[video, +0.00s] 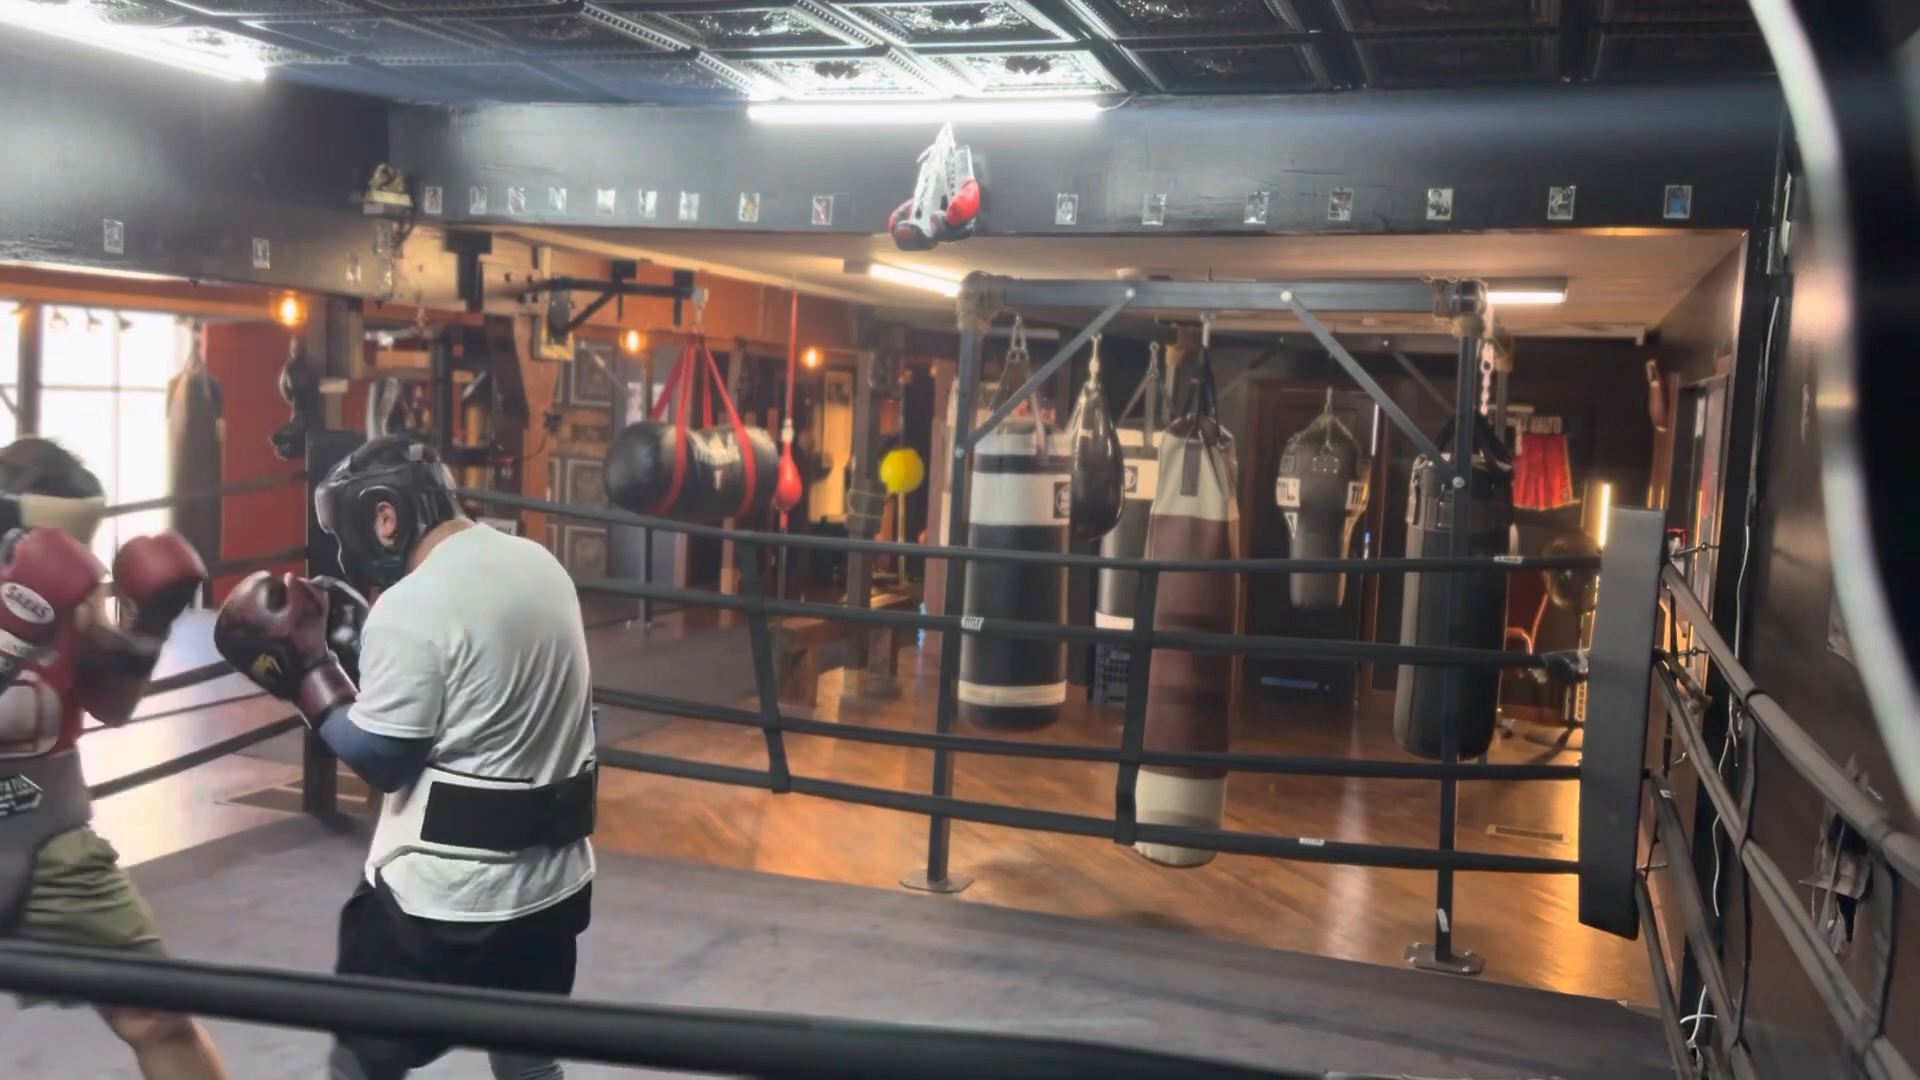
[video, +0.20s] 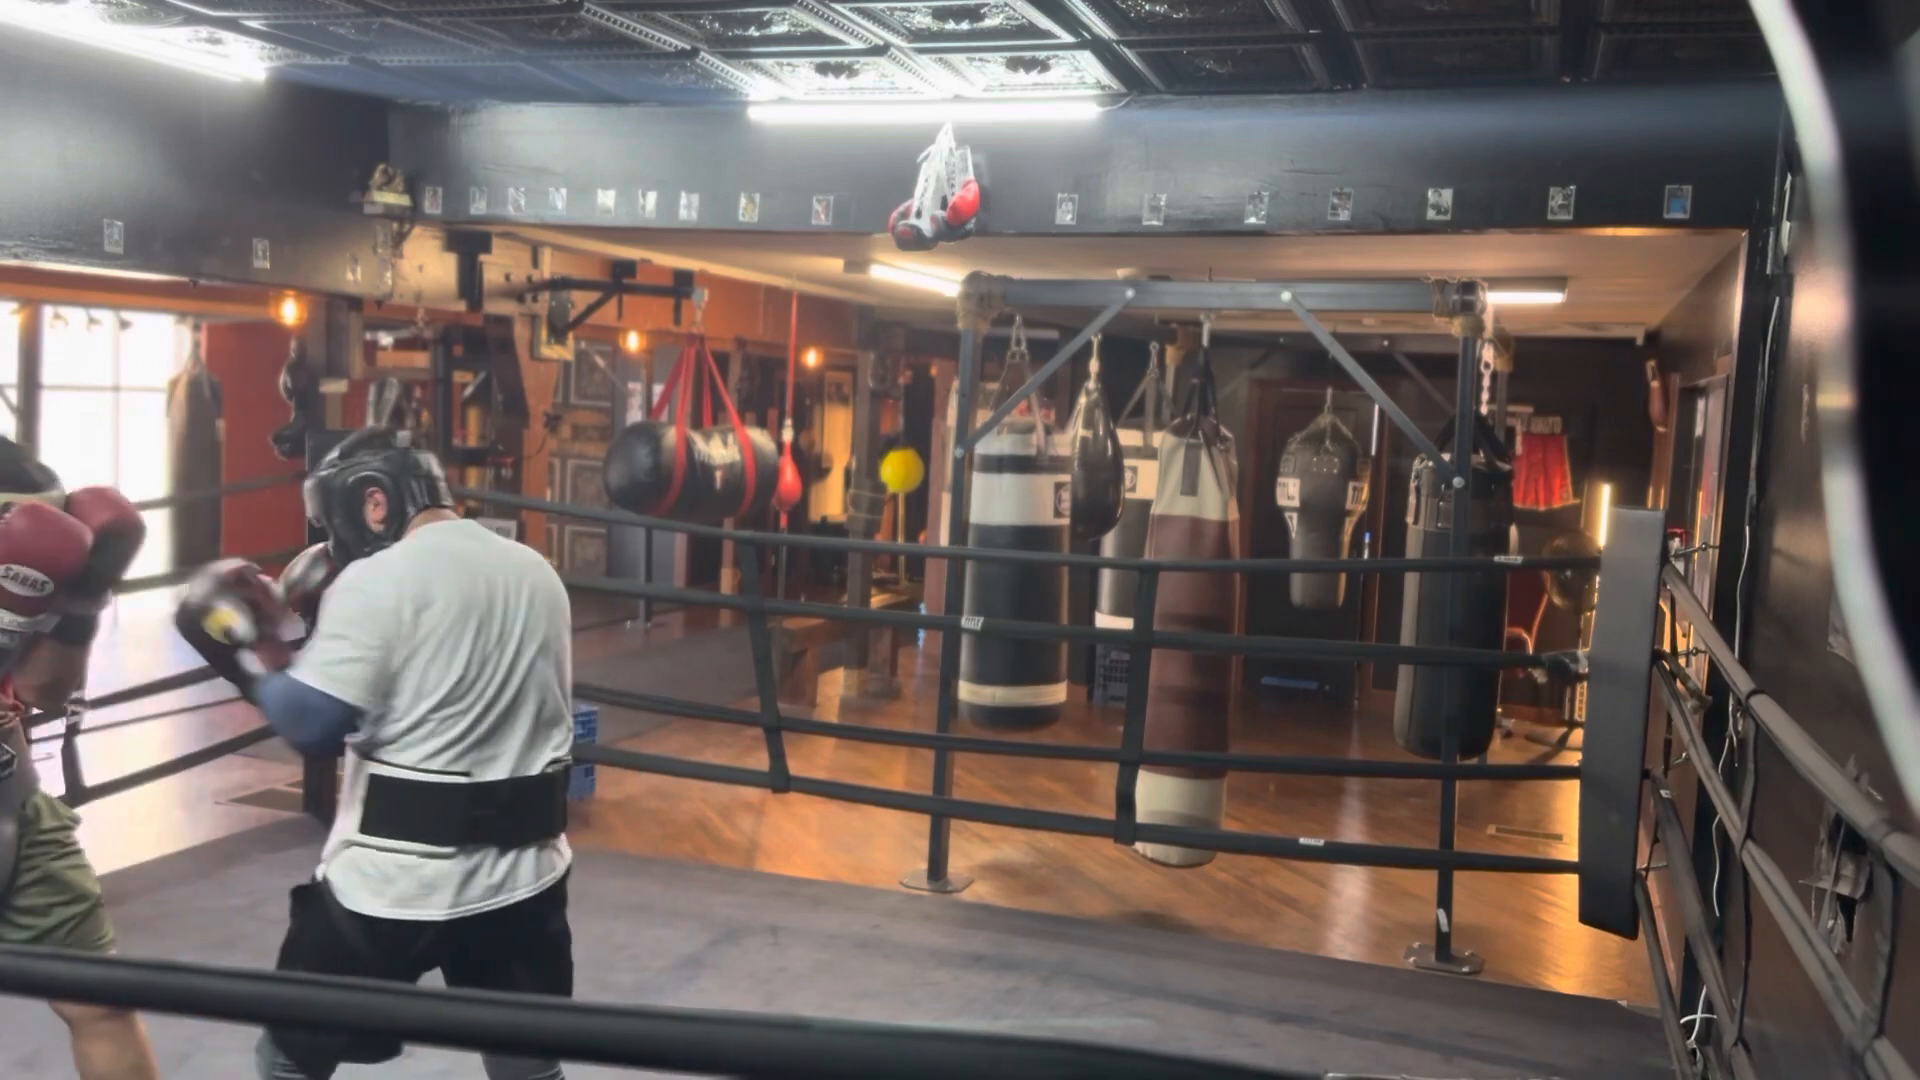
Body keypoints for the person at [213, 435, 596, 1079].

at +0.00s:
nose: (348, 547)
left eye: (348, 528)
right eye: (342, 531)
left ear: (388, 517)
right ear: (443, 501)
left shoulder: (411, 610)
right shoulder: (541, 565)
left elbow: (384, 763)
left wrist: (308, 668)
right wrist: (365, 639)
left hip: (443, 901)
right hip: (553, 890)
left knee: (363, 1060)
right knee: (530, 1062)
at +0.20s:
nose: (337, 540)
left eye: (336, 522)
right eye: (331, 526)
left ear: (377, 503)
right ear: (434, 496)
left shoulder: (374, 583)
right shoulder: (536, 570)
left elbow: (311, 720)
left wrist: (244, 662)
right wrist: (306, 629)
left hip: (394, 885)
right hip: (524, 881)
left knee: (291, 1058)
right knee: (530, 1063)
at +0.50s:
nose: (211, 533)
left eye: (214, 517)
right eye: (211, 517)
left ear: (240, 514)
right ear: (322, 498)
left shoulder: (212, 588)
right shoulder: (419, 567)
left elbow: (128, 702)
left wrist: (109, 618)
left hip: (276, 925)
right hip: (429, 911)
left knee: (212, 1065)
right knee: (467, 1066)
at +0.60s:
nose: (185, 544)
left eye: (185, 526)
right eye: (181, 525)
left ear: (213, 522)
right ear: (297, 503)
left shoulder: (199, 610)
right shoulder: (404, 577)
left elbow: (117, 732)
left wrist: (98, 628)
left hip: (258, 930)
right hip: (412, 916)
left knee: (201, 1069)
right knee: (460, 1068)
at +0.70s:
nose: (169, 540)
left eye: (168, 525)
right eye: (166, 526)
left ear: (192, 516)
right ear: (281, 495)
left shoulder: (173, 598)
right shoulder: (395, 567)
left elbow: (54, 661)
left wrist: (61, 579)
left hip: (243, 923)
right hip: (401, 905)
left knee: (201, 1069)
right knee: (448, 1062)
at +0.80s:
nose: (180, 527)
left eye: (182, 511)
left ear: (200, 505)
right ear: (290, 489)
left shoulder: (163, 583)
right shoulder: (399, 561)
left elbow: (58, 631)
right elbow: (419, 677)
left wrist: (61, 560)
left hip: (242, 916)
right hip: (400, 901)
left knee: (200, 1067)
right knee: (448, 1059)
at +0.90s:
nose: (222, 511)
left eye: (225, 496)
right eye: (223, 498)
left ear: (244, 494)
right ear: (335, 489)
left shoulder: (196, 577)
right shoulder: (431, 568)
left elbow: (103, 654)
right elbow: (453, 708)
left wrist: (28, 607)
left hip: (242, 917)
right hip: (400, 910)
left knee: (216, 1065)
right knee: (427, 1066)